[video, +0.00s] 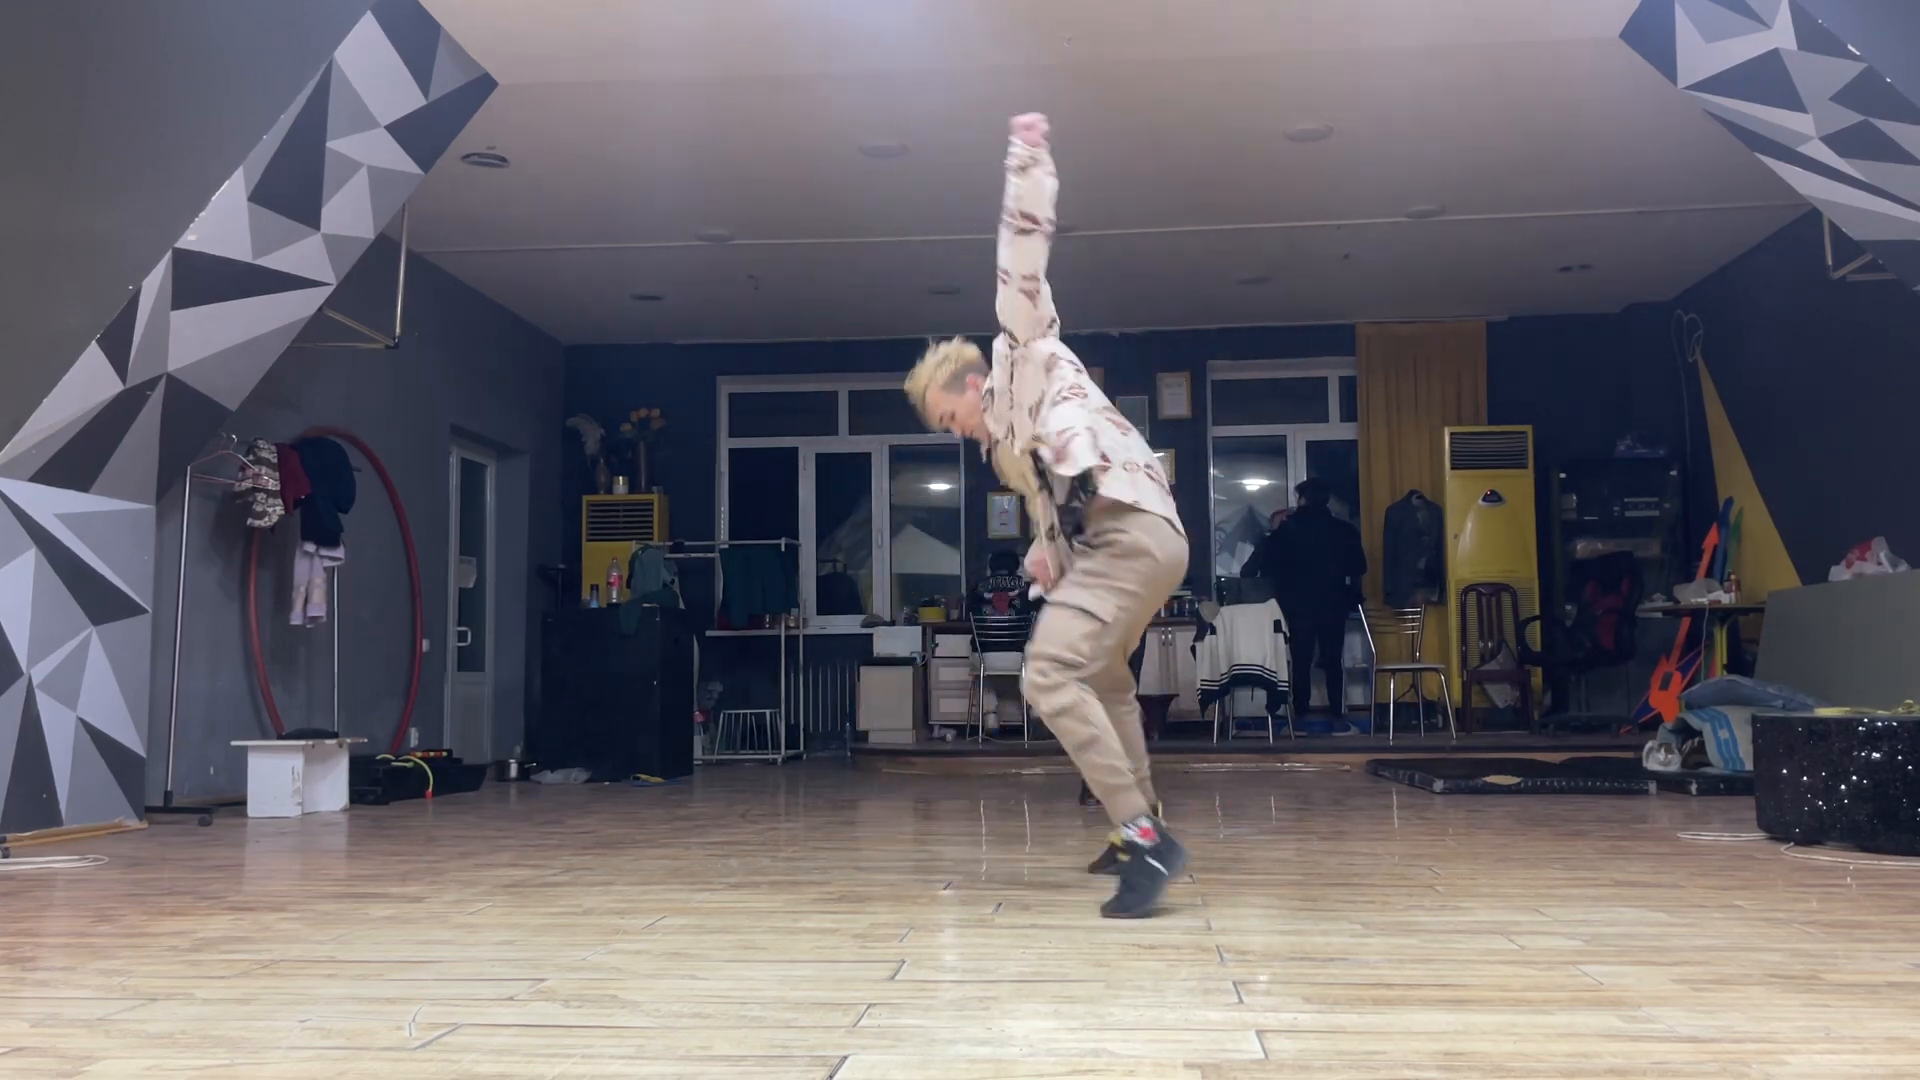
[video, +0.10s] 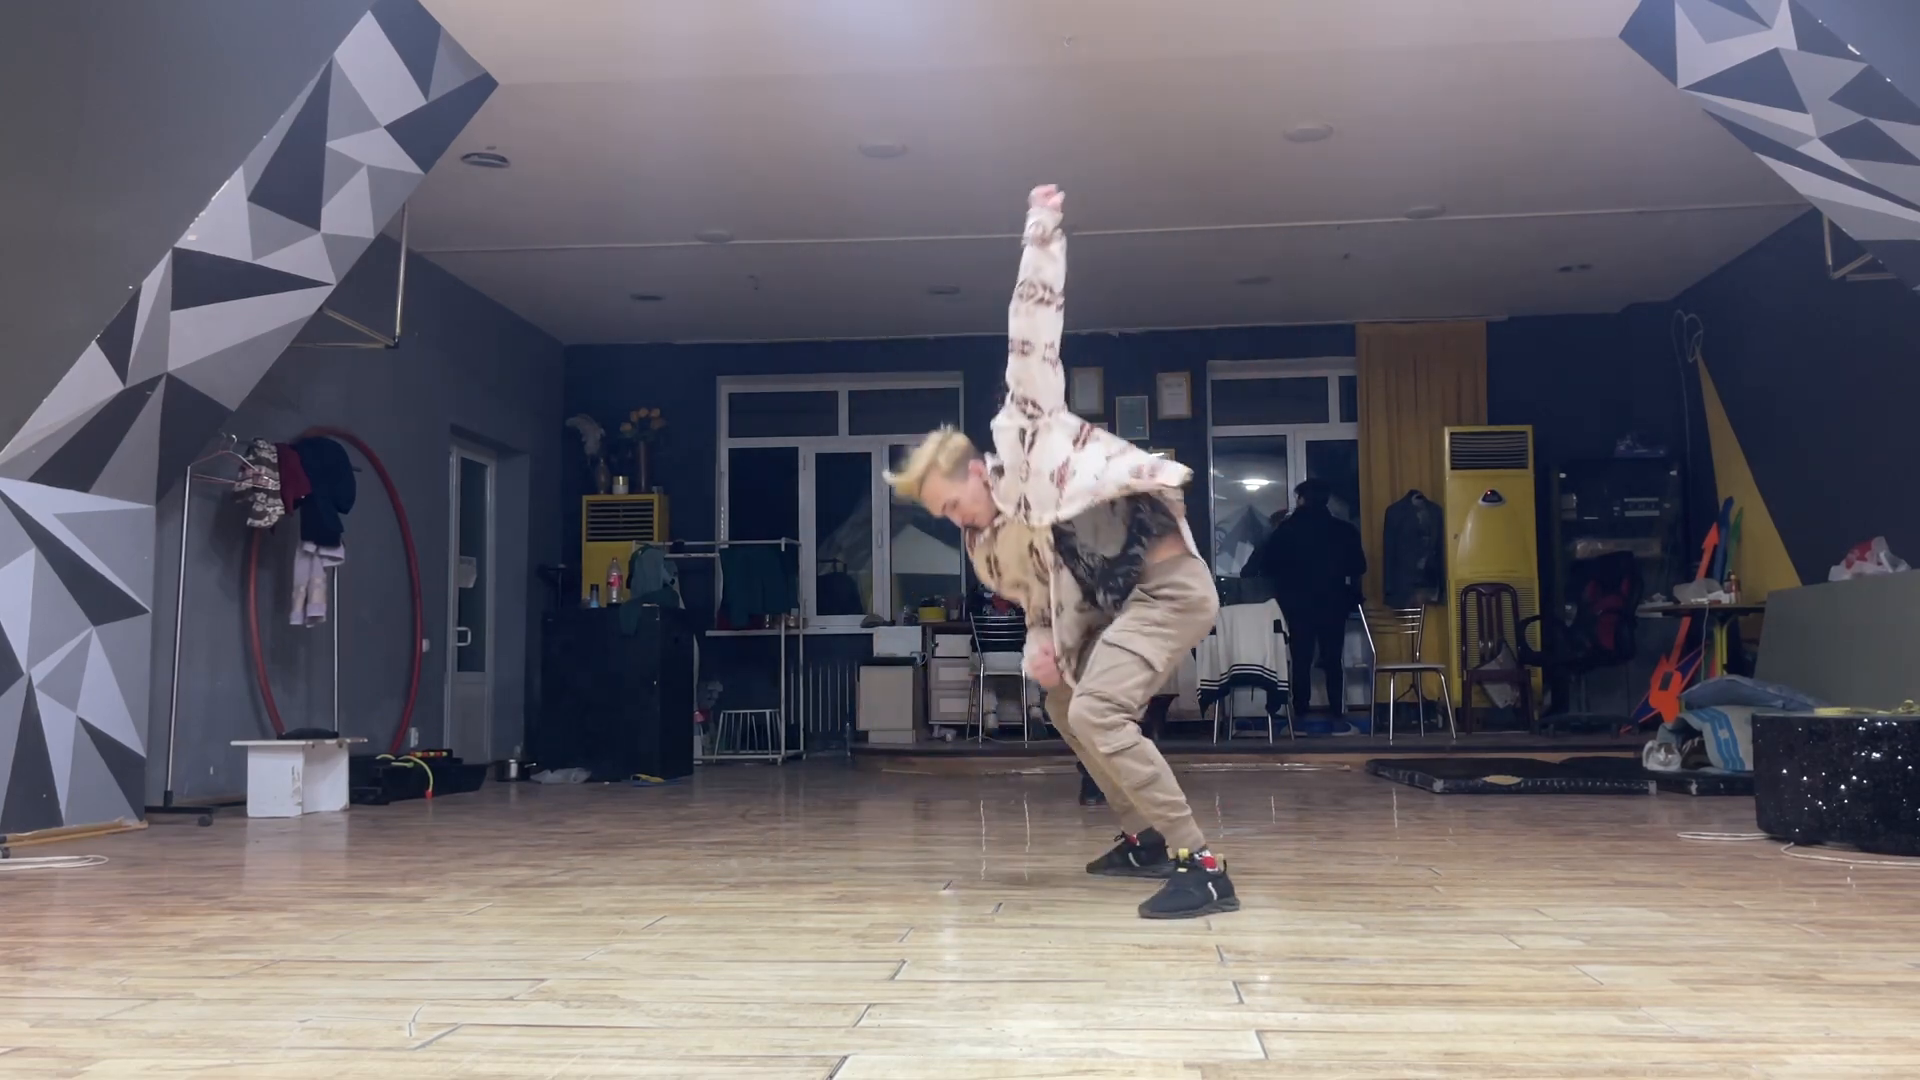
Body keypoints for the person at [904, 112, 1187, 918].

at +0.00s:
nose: (957, 430)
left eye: (951, 415)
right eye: (947, 425)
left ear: (968, 379)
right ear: (965, 400)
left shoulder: (1022, 348)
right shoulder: (1019, 437)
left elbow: (1021, 252)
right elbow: (1070, 501)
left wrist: (1027, 156)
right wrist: (1049, 547)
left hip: (1132, 529)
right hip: (1125, 542)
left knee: (1051, 674)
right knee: (1104, 675)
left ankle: (1145, 839)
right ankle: (1139, 824)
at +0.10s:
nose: (956, 522)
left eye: (951, 505)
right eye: (945, 516)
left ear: (974, 469)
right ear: (954, 501)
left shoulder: (1028, 431)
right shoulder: (1001, 545)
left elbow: (1034, 332)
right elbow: (1054, 602)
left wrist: (1043, 230)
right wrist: (1045, 644)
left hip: (1170, 582)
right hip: (1111, 603)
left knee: (1098, 711)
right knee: (1065, 702)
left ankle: (1201, 864)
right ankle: (1146, 836)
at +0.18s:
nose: (965, 576)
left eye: (962, 560)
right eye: (953, 571)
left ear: (981, 523)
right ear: (958, 564)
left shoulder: (1020, 478)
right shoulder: (1011, 599)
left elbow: (996, 372)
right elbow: (1056, 644)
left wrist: (976, 279)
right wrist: (1053, 682)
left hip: (1188, 598)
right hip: (1124, 624)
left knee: (1110, 703)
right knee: (1063, 711)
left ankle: (1204, 864)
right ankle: (1149, 840)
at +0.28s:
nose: (963, 546)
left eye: (958, 530)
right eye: (952, 543)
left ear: (974, 495)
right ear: (955, 543)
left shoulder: (1016, 459)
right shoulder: (1019, 578)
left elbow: (985, 393)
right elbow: (1069, 634)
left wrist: (930, 320)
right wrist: (1042, 686)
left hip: (1184, 578)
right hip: (1130, 610)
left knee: (1119, 695)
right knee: (1070, 713)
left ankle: (1205, 862)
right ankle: (1148, 835)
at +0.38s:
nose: (947, 433)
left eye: (946, 417)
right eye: (939, 425)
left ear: (973, 386)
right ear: (954, 409)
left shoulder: (1027, 378)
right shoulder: (999, 476)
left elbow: (1067, 383)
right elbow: (1048, 556)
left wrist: (1042, 435)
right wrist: (1031, 620)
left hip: (1151, 536)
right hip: (1089, 561)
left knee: (1094, 666)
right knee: (1051, 686)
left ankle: (1176, 840)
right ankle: (1131, 820)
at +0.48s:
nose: (954, 318)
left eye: (961, 300)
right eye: (944, 311)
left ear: (1001, 288)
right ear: (945, 320)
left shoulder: (1067, 333)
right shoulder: (980, 380)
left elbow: (1142, 423)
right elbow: (1017, 472)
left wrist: (1141, 508)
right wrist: (1009, 549)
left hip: (1117, 525)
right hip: (1054, 541)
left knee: (1078, 662)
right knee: (1029, 680)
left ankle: (1119, 835)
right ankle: (1107, 818)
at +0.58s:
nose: (993, 263)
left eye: (1004, 248)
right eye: (982, 255)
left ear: (1041, 247)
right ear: (977, 265)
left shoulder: (1104, 315)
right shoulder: (987, 345)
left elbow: (1154, 424)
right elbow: (1000, 443)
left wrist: (1151, 505)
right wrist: (980, 491)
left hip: (1094, 525)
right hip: (1020, 533)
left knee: (1075, 684)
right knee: (1024, 691)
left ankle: (1099, 845)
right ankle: (1098, 828)